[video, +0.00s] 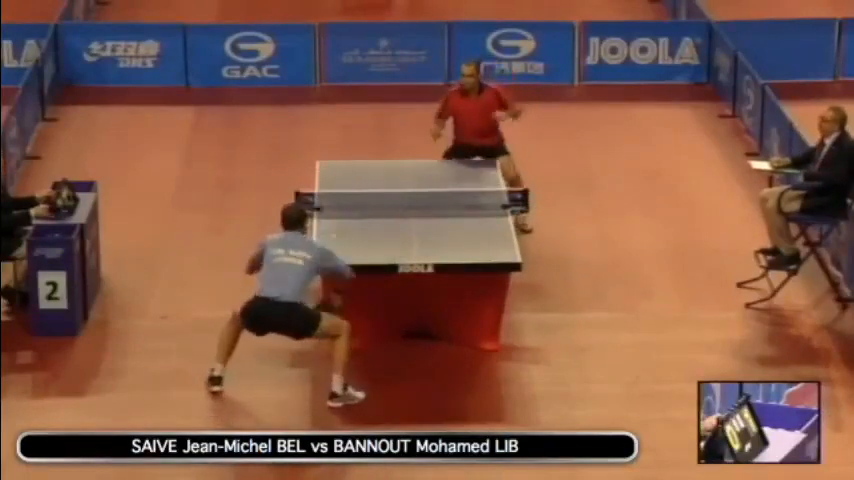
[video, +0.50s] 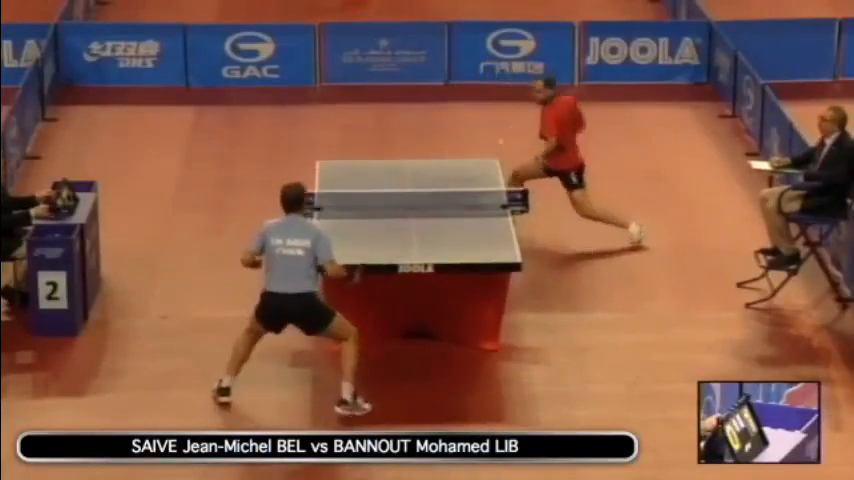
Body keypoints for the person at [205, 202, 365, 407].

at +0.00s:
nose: (307, 221)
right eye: (306, 219)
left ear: (282, 223)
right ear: (305, 223)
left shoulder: (270, 243)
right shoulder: (315, 249)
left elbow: (250, 269)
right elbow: (347, 274)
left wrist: (272, 253)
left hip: (260, 308)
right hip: (293, 313)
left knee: (236, 320)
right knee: (342, 328)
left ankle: (217, 372)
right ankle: (338, 389)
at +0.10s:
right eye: (302, 210)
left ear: (280, 218)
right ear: (302, 216)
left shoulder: (273, 240)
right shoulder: (317, 240)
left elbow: (245, 269)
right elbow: (350, 252)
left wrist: (261, 256)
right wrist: (358, 232)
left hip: (268, 306)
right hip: (300, 309)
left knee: (240, 324)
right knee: (345, 327)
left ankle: (217, 373)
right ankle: (339, 388)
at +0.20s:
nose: (303, 203)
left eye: (300, 201)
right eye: (301, 201)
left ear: (278, 208)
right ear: (299, 205)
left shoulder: (269, 230)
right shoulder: (315, 230)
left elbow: (246, 267)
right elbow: (350, 253)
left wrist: (245, 258)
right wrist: (369, 241)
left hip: (273, 298)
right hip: (305, 300)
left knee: (242, 327)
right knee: (344, 328)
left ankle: (217, 373)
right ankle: (339, 386)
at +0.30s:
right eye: (297, 194)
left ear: (276, 200)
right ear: (298, 198)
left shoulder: (264, 225)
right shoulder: (310, 225)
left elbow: (251, 261)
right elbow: (333, 262)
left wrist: (243, 277)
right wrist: (352, 268)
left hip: (269, 292)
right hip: (302, 293)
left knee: (242, 325)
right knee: (344, 325)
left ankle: (225, 379)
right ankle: (346, 384)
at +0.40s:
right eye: (299, 197)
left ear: (276, 203)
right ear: (298, 201)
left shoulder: (263, 229)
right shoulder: (308, 231)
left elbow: (248, 265)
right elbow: (323, 269)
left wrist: (243, 279)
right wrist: (341, 276)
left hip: (267, 298)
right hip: (300, 299)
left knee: (245, 332)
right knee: (343, 332)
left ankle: (225, 383)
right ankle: (345, 390)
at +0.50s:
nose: (304, 203)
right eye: (304, 199)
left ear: (282, 204)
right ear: (304, 202)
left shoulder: (270, 229)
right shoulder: (314, 231)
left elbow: (246, 259)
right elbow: (331, 269)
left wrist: (263, 262)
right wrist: (344, 272)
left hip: (272, 301)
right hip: (305, 303)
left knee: (251, 334)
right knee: (350, 335)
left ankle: (225, 384)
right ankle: (348, 397)